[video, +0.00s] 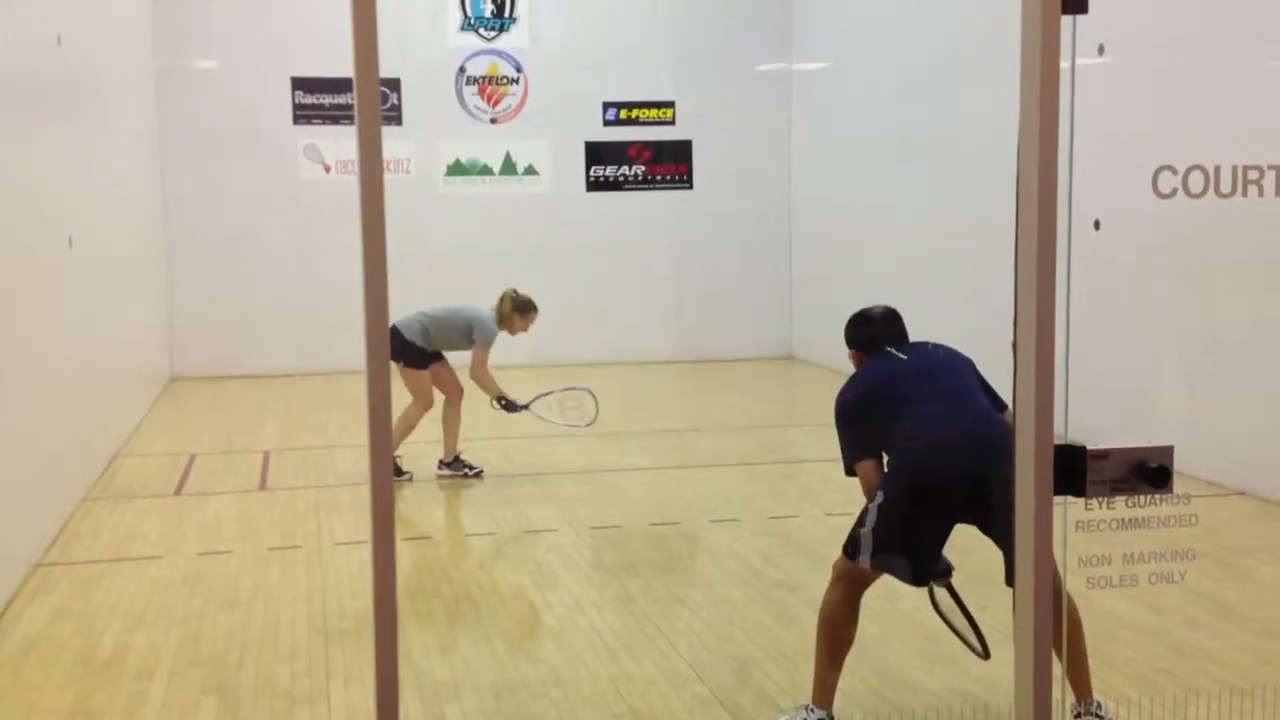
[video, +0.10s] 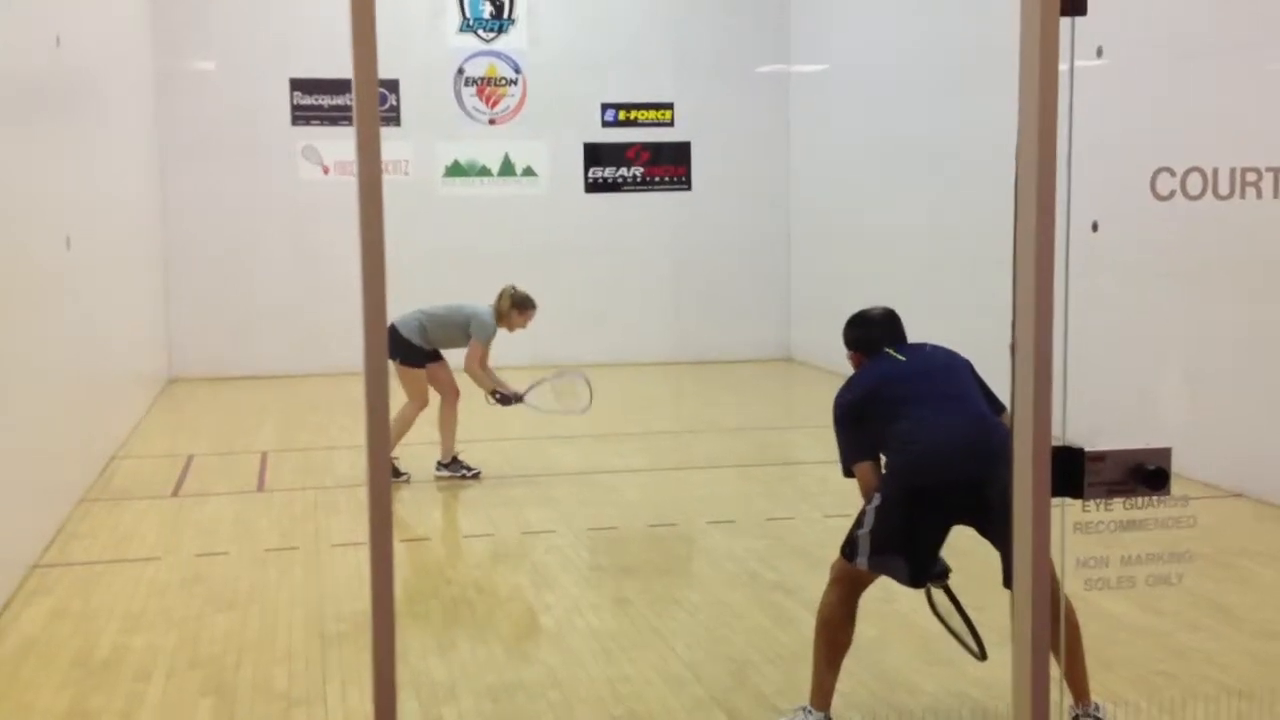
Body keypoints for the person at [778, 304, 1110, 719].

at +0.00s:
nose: (851, 361)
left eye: (850, 355)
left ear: (856, 356)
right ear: (904, 338)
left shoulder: (855, 393)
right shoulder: (948, 356)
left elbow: (873, 486)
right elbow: (1005, 420)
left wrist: (919, 552)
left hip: (922, 478)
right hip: (996, 468)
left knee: (848, 580)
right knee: (1049, 583)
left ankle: (820, 706)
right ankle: (1087, 702)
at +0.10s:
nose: (850, 362)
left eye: (849, 356)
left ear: (855, 358)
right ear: (903, 339)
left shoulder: (853, 393)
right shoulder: (946, 357)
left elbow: (870, 485)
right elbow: (1002, 422)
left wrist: (916, 554)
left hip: (919, 479)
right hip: (994, 470)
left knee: (845, 581)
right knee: (1046, 585)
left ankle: (817, 709)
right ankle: (1085, 705)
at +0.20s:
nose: (851, 362)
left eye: (850, 355)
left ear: (854, 356)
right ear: (903, 341)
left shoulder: (853, 394)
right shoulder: (947, 359)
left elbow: (870, 487)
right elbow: (1003, 426)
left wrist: (918, 557)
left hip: (918, 482)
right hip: (993, 473)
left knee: (844, 583)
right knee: (1045, 586)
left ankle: (816, 710)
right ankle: (1084, 707)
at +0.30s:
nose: (850, 360)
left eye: (849, 354)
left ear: (854, 355)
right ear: (903, 340)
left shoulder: (852, 393)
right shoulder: (947, 359)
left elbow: (868, 487)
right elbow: (1003, 425)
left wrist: (913, 558)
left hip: (916, 482)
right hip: (992, 474)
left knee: (842, 584)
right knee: (1042, 584)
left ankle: (816, 712)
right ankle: (1084, 708)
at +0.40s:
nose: (850, 356)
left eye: (849, 350)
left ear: (855, 352)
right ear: (903, 338)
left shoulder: (852, 392)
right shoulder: (947, 358)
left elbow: (866, 488)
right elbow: (1000, 427)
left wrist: (911, 558)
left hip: (915, 483)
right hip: (990, 476)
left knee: (841, 585)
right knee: (1042, 586)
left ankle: (815, 712)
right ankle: (1083, 709)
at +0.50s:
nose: (851, 355)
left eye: (850, 348)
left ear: (855, 351)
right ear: (904, 336)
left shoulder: (852, 390)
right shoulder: (949, 358)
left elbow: (863, 487)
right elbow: (999, 426)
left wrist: (900, 556)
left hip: (913, 483)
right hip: (989, 476)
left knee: (840, 586)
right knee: (1040, 585)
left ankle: (814, 713)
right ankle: (1082, 709)